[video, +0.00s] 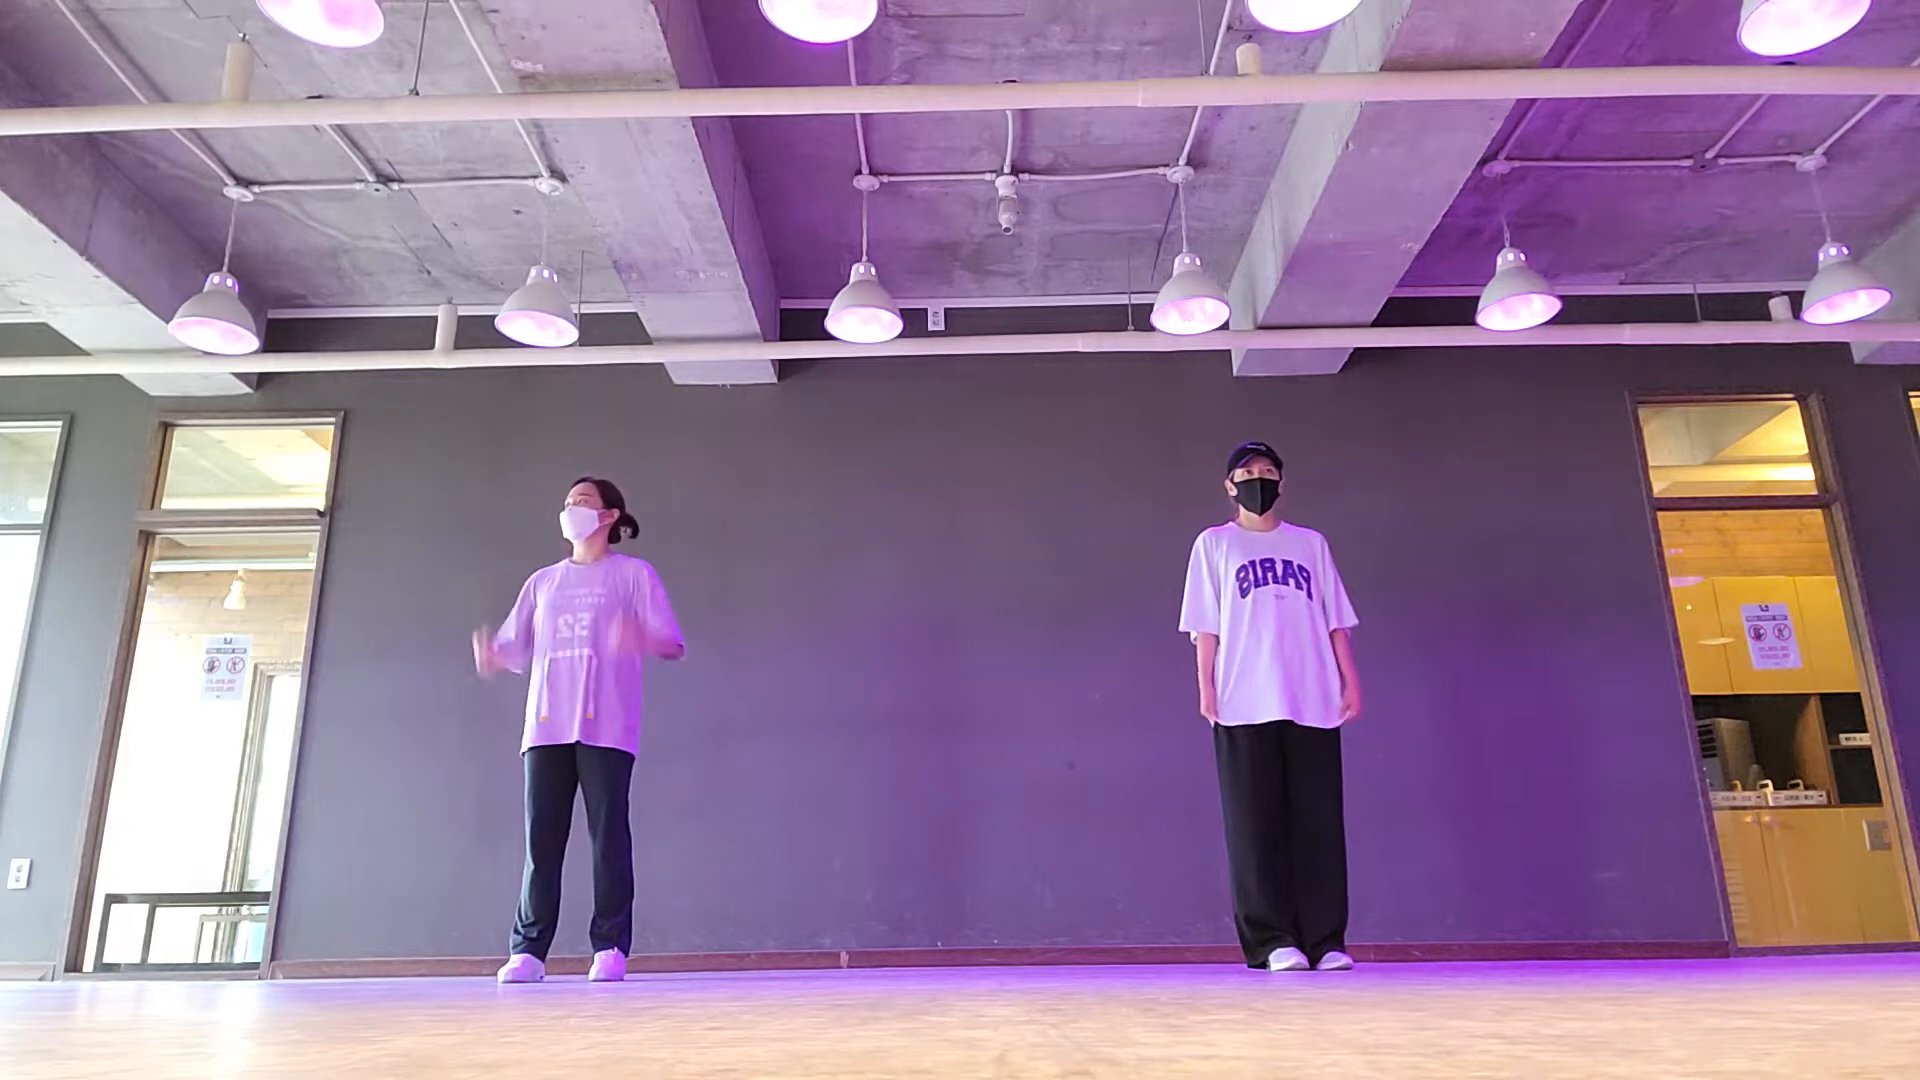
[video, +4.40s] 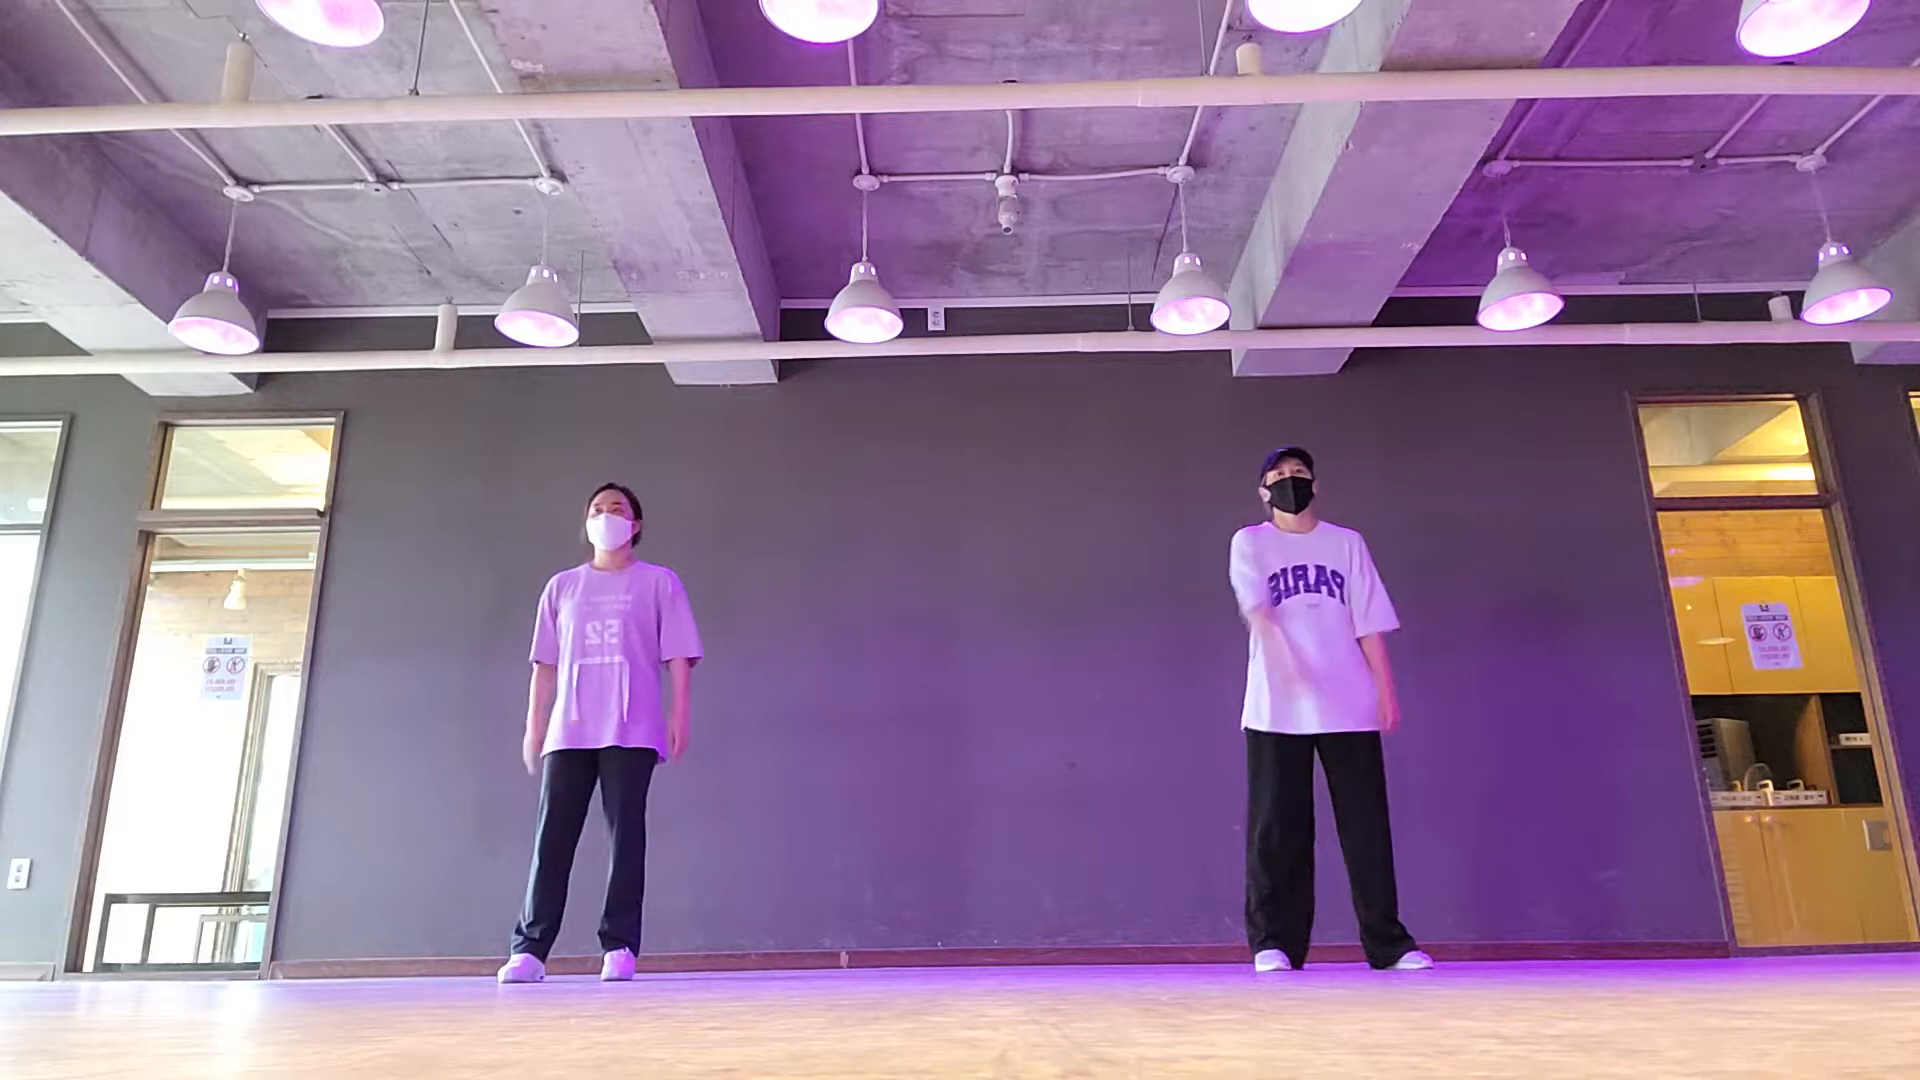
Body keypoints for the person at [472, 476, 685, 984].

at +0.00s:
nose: (573, 510)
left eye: (585, 503)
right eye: (569, 503)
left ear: (611, 518)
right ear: (561, 518)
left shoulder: (636, 576)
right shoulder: (540, 582)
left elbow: (674, 645)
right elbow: (518, 652)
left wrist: (639, 636)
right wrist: (494, 655)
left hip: (607, 725)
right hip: (546, 725)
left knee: (608, 840)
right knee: (541, 841)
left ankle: (610, 949)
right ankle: (527, 952)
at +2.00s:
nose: (556, 515)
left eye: (568, 508)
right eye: (553, 508)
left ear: (597, 518)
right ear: (547, 520)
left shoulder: (628, 572)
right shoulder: (535, 582)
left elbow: (654, 648)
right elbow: (538, 660)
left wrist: (650, 712)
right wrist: (534, 718)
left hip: (602, 721)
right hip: (542, 724)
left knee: (604, 838)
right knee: (538, 840)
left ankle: (609, 948)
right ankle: (527, 950)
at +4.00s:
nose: (578, 514)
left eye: (589, 508)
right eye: (569, 508)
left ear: (604, 528)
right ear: (554, 526)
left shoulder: (628, 584)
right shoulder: (526, 584)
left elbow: (636, 664)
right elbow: (520, 662)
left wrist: (599, 707)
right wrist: (554, 698)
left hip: (595, 727)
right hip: (535, 727)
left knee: (600, 836)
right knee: (533, 840)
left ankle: (616, 949)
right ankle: (526, 951)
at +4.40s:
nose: (606, 514)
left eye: (618, 509)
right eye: (598, 509)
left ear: (635, 526)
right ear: (586, 527)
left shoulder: (659, 582)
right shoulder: (561, 586)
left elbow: (679, 656)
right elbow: (544, 667)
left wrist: (679, 717)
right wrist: (533, 731)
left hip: (631, 727)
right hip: (568, 728)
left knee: (626, 840)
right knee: (551, 838)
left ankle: (620, 948)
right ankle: (529, 950)